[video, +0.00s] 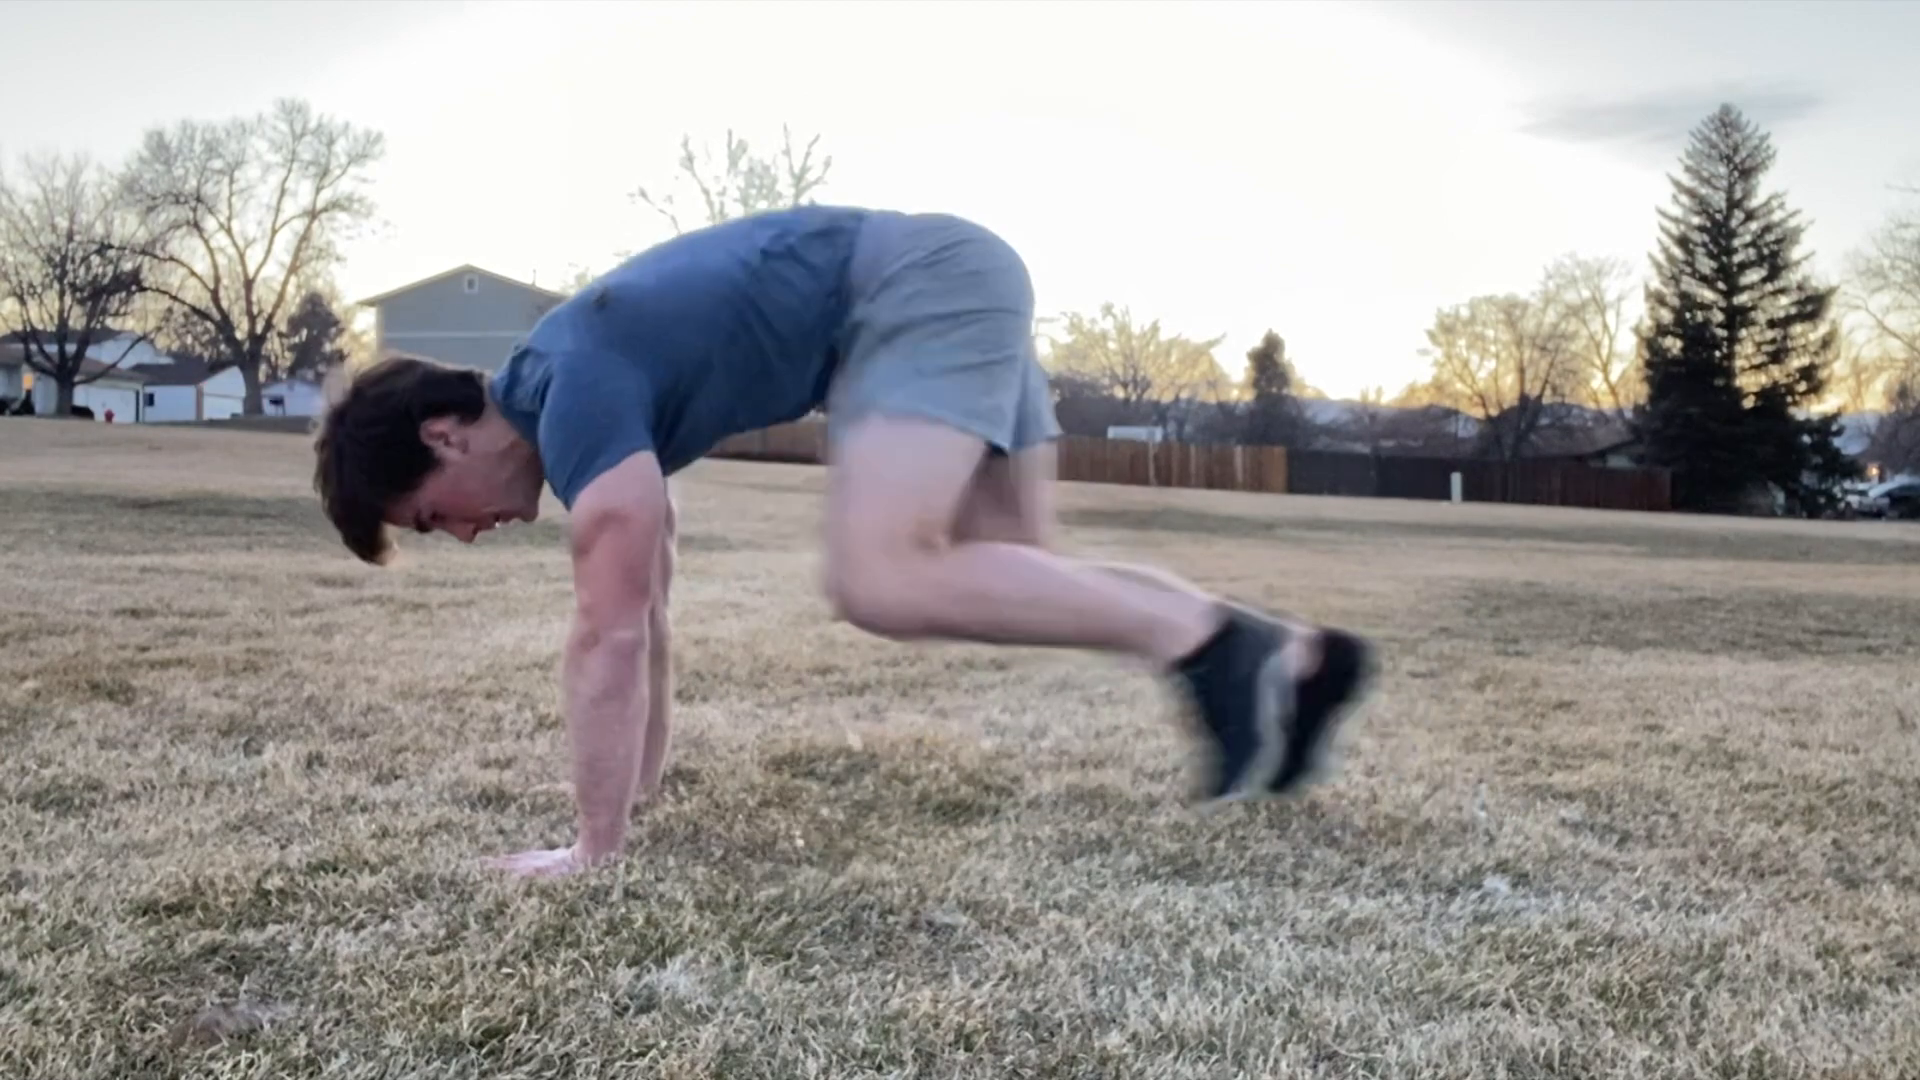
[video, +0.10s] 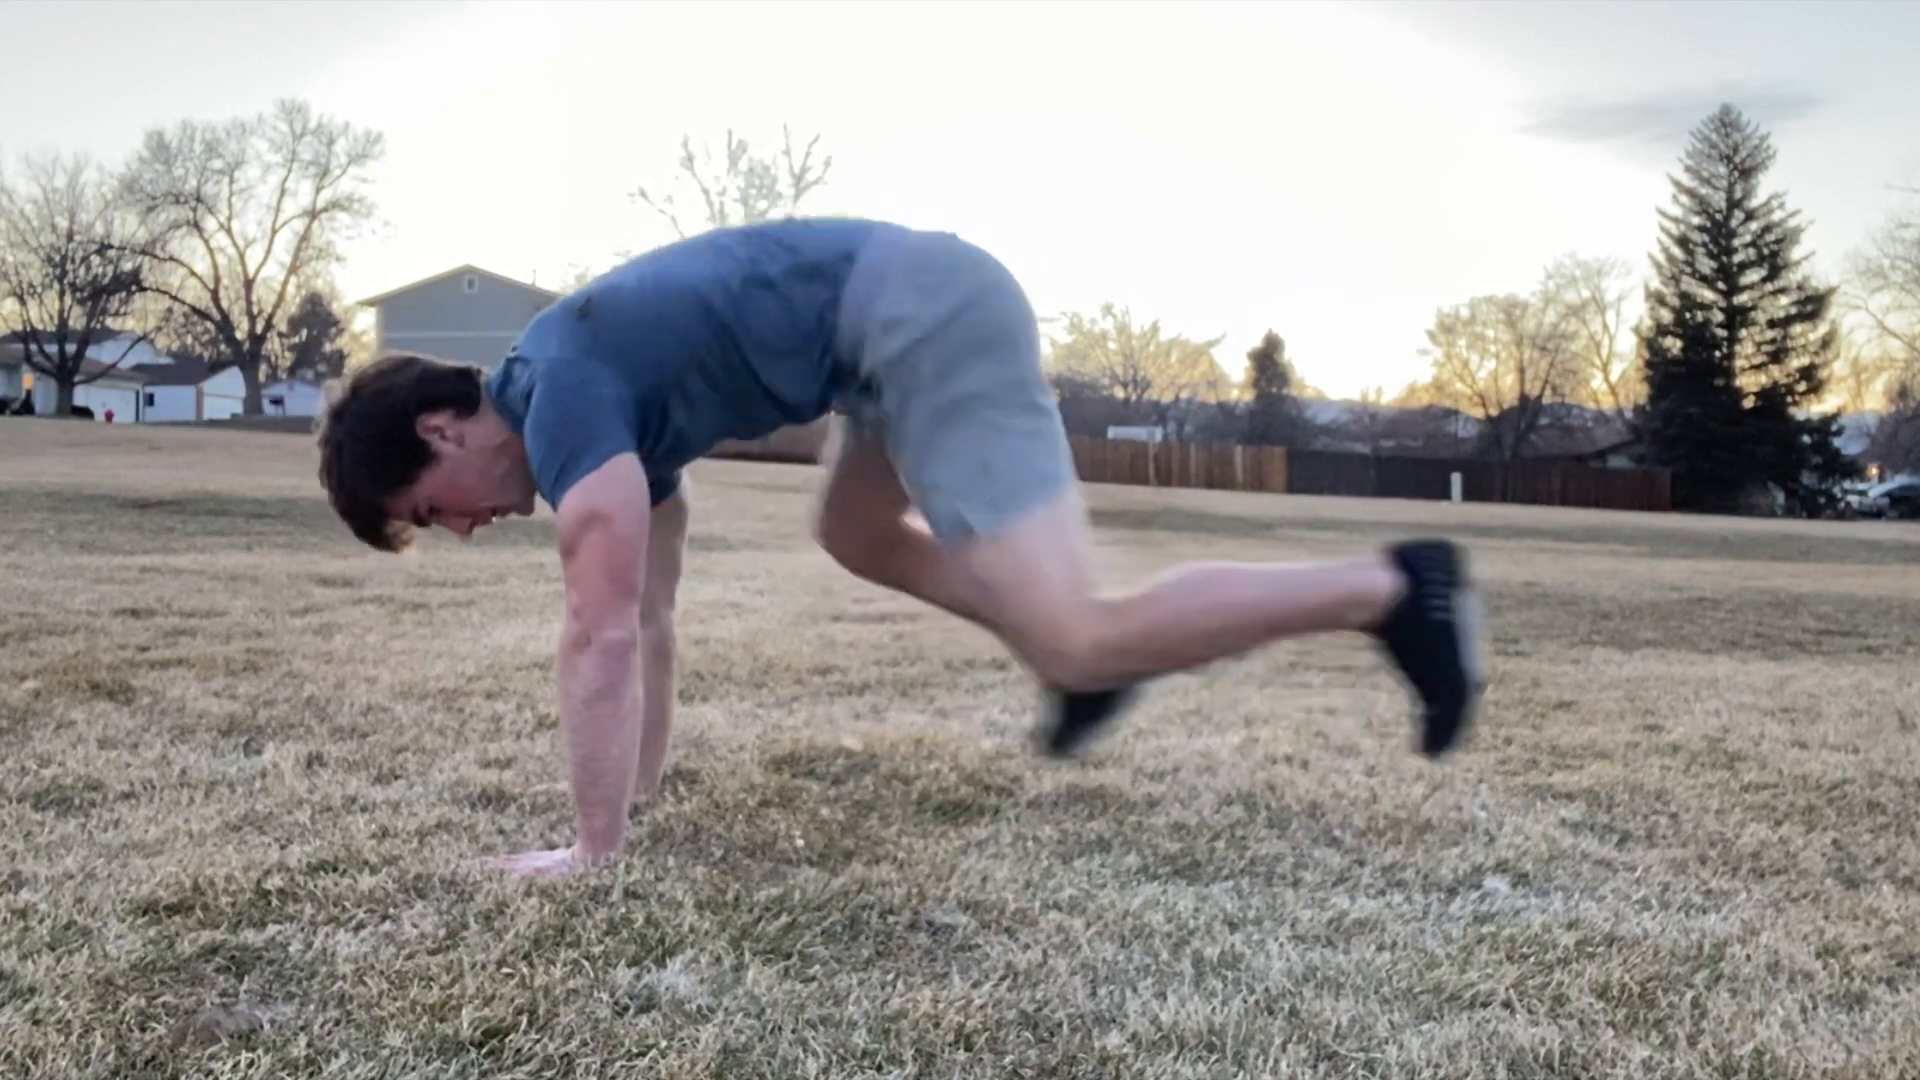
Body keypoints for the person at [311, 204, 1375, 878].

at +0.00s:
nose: (465, 533)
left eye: (437, 514)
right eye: (439, 528)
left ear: (444, 438)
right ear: (457, 426)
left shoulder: (576, 376)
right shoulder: (579, 383)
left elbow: (612, 628)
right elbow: (638, 602)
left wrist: (592, 846)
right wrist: (650, 760)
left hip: (922, 272)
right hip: (954, 283)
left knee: (882, 575)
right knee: (992, 570)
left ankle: (1206, 641)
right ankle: (1285, 657)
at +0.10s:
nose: (462, 530)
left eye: (430, 513)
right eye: (431, 526)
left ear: (439, 439)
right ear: (449, 425)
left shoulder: (565, 375)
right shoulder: (592, 382)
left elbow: (603, 625)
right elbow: (641, 609)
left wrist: (591, 844)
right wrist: (639, 787)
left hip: (926, 303)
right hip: (892, 330)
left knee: (1074, 633)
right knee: (861, 530)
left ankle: (1398, 588)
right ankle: (1084, 664)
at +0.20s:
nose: (441, 509)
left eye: (416, 486)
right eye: (415, 503)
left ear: (433, 406)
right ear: (445, 404)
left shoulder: (557, 378)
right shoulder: (590, 371)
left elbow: (609, 611)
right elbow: (648, 622)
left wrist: (600, 840)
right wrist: (637, 798)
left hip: (927, 408)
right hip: (904, 400)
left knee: (1184, 651)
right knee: (756, 462)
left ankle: (1513, 690)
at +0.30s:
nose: (460, 495)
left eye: (436, 472)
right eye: (435, 487)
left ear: (454, 396)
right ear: (469, 391)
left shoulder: (587, 382)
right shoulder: (608, 376)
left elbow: (629, 627)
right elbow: (638, 624)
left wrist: (598, 837)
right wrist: (608, 822)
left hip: (924, 512)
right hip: (883, 498)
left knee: (1186, 737)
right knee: (719, 519)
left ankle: (1514, 759)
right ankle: (834, 748)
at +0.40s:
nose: (474, 495)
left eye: (449, 473)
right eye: (449, 487)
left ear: (468, 394)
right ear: (480, 388)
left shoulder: (600, 386)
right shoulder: (622, 373)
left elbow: (635, 636)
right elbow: (645, 618)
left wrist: (597, 840)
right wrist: (603, 816)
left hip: (925, 522)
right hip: (900, 497)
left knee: (1192, 736)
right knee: (738, 514)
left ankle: (1515, 757)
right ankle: (834, 746)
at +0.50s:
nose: (455, 519)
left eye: (428, 497)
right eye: (428, 513)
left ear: (440, 419)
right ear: (453, 421)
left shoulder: (560, 377)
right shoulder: (613, 390)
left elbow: (601, 610)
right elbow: (646, 625)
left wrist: (598, 844)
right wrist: (643, 797)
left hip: (926, 406)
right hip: (899, 412)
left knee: (1173, 645)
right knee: (784, 494)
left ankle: (1485, 743)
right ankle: (902, 723)